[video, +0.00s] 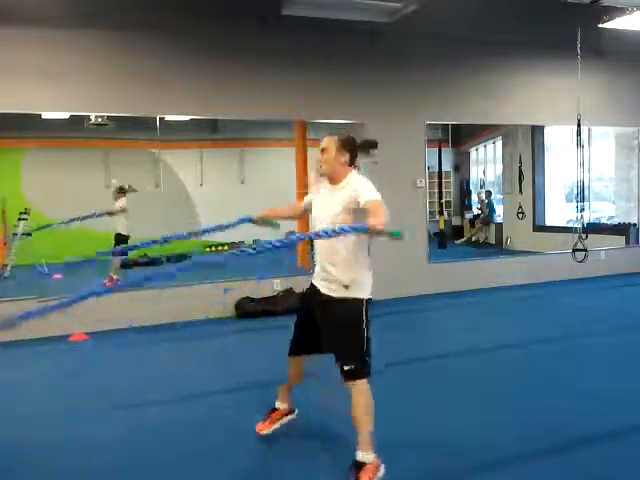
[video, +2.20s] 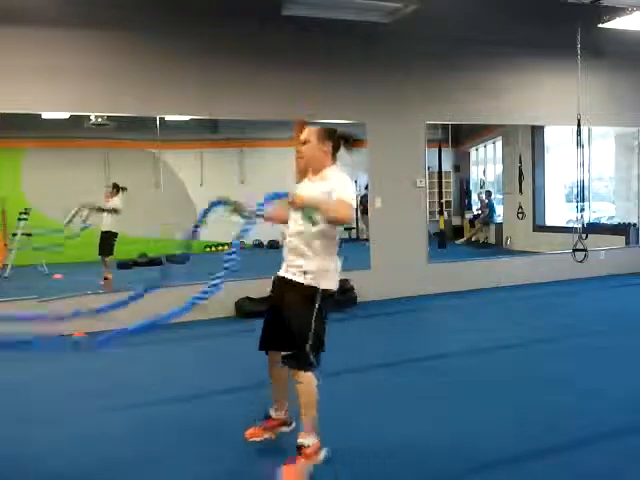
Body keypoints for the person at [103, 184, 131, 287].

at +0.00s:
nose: (113, 196)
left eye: (114, 194)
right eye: (113, 194)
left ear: (119, 194)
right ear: (121, 194)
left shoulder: (122, 203)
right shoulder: (119, 203)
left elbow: (115, 211)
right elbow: (113, 212)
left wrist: (103, 213)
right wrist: (102, 213)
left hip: (122, 232)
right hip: (119, 231)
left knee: (117, 256)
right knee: (116, 256)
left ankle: (113, 276)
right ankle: (113, 276)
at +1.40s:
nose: (118, 193)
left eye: (120, 191)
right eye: (118, 190)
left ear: (125, 192)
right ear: (123, 192)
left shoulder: (124, 204)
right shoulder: (121, 202)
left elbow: (118, 217)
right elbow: (117, 216)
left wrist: (105, 220)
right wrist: (105, 219)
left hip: (119, 232)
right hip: (115, 231)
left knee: (114, 257)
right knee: (111, 257)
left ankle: (116, 279)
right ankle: (114, 278)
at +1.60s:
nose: (117, 195)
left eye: (119, 194)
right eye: (118, 193)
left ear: (124, 195)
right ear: (123, 195)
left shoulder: (124, 205)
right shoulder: (120, 204)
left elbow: (122, 216)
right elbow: (116, 217)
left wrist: (108, 217)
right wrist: (102, 219)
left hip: (121, 236)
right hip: (117, 235)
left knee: (116, 260)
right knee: (114, 259)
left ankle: (116, 279)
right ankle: (115, 279)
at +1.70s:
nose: (118, 189)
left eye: (120, 187)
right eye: (119, 187)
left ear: (124, 189)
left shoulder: (125, 197)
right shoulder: (118, 199)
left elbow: (124, 204)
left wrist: (104, 204)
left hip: (121, 231)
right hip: (115, 230)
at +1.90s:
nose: (108, 197)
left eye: (110, 195)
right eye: (109, 195)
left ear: (114, 195)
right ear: (114, 195)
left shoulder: (119, 205)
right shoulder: (113, 205)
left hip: (121, 234)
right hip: (116, 234)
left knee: (120, 259)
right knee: (116, 259)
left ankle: (122, 280)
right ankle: (118, 278)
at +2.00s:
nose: (108, 201)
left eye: (109, 199)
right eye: (108, 199)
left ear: (113, 200)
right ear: (112, 200)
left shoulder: (116, 210)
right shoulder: (111, 210)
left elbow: (109, 219)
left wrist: (106, 212)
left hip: (119, 237)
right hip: (115, 236)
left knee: (116, 260)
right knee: (110, 260)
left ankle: (122, 280)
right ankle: (116, 279)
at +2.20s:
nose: (109, 192)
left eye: (111, 190)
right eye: (110, 189)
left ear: (116, 191)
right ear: (114, 190)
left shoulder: (118, 200)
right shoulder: (111, 200)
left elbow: (117, 210)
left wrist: (102, 209)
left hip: (111, 229)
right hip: (105, 228)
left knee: (105, 254)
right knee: (103, 254)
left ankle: (108, 275)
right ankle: (107, 274)